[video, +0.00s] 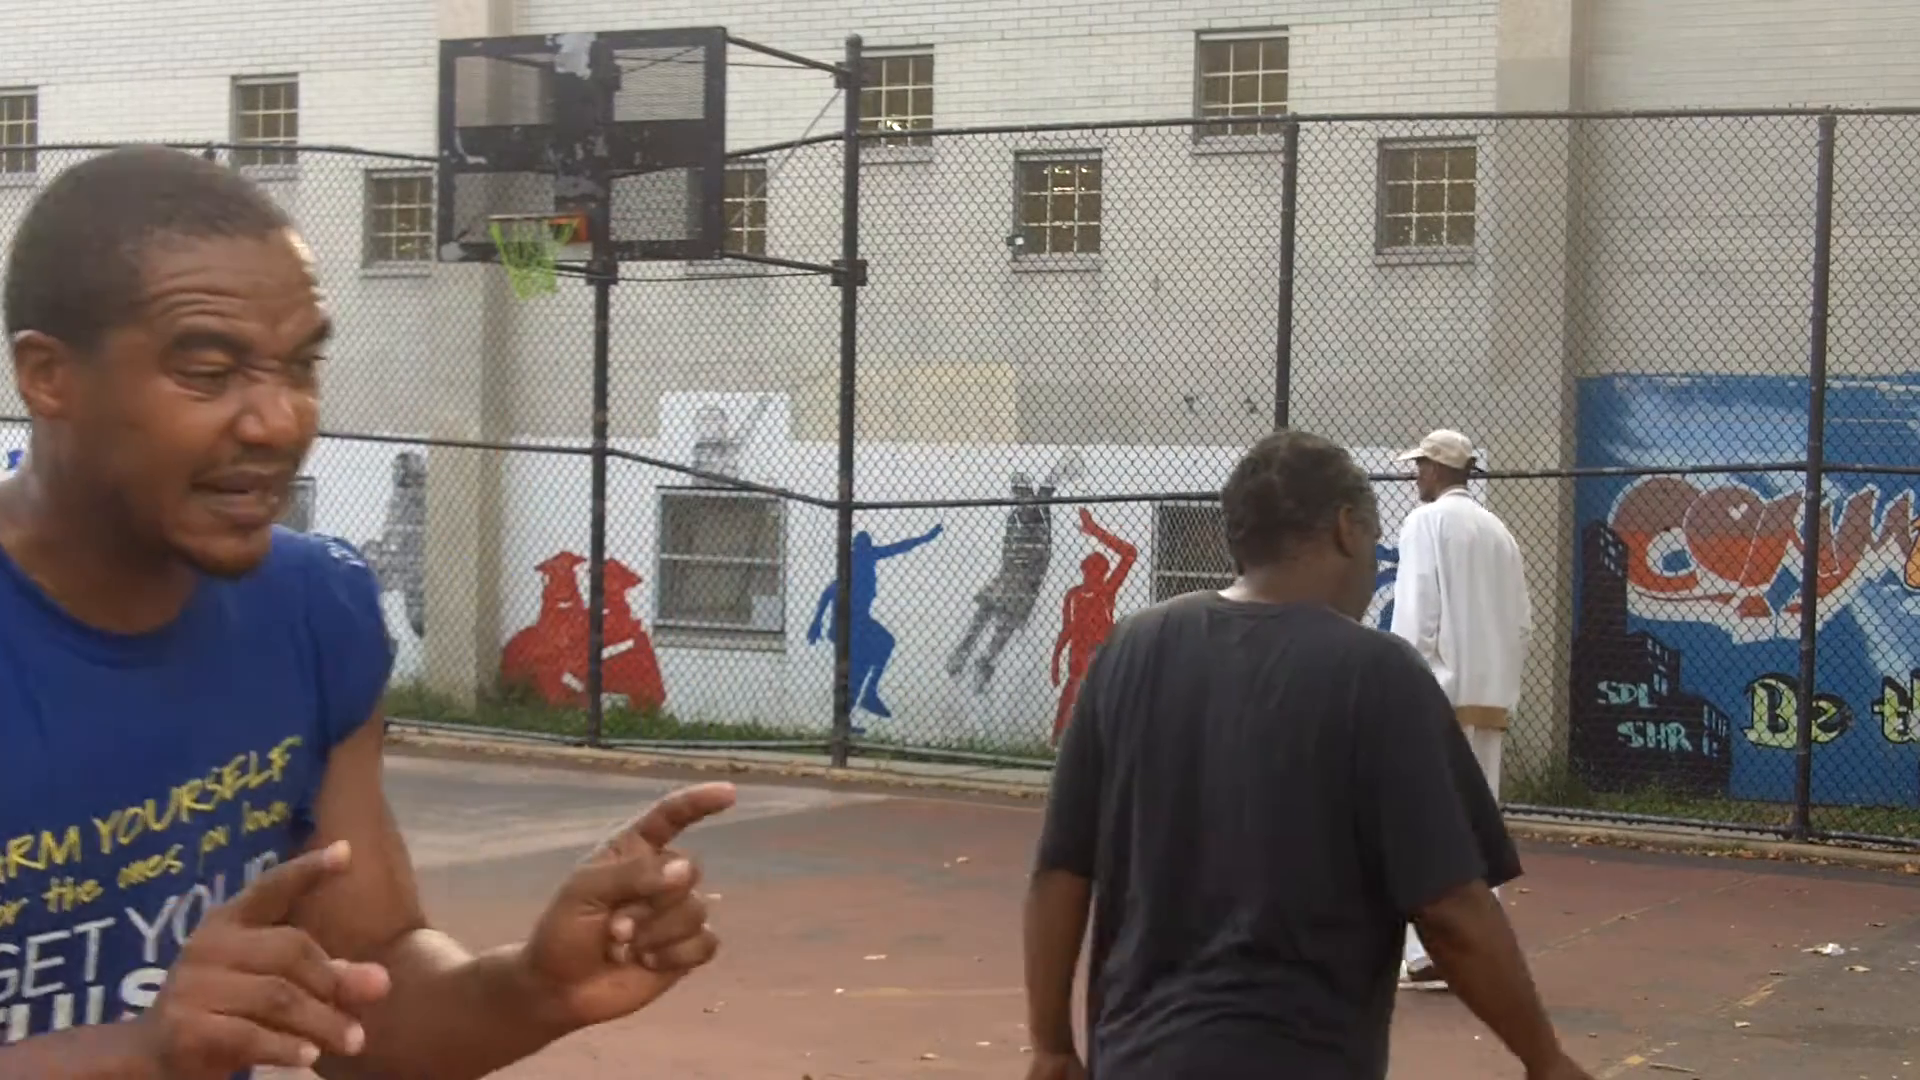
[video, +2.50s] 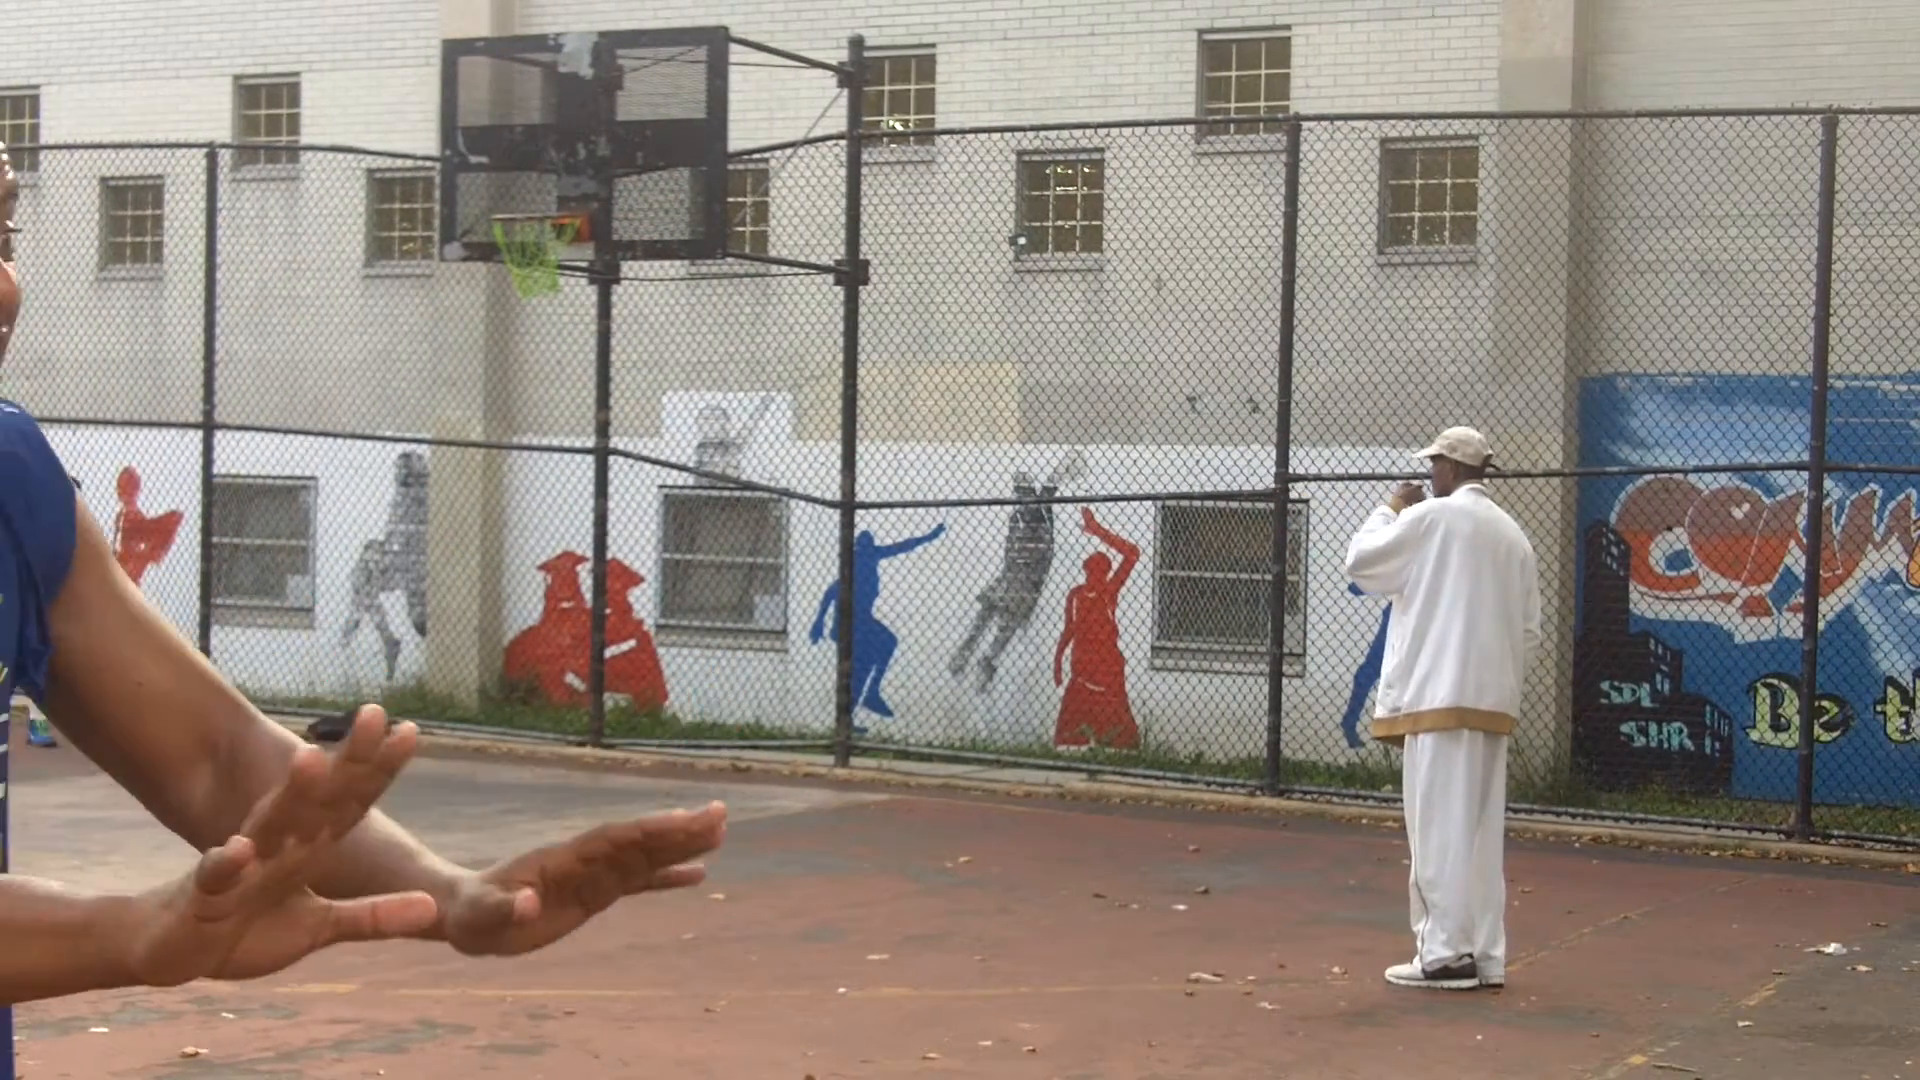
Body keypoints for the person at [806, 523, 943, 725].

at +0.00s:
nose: (865, 550)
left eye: (867, 546)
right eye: (862, 547)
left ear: (871, 548)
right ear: (855, 548)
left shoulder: (872, 556)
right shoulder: (851, 567)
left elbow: (898, 547)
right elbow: (829, 592)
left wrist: (926, 538)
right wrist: (816, 623)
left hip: (863, 620)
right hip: (846, 624)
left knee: (886, 643)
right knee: (859, 664)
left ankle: (870, 693)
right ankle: (842, 717)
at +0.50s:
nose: (865, 551)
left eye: (867, 547)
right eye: (862, 547)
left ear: (871, 548)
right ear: (855, 549)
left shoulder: (871, 557)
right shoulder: (851, 567)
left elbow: (898, 548)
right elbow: (828, 592)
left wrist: (926, 538)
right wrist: (816, 623)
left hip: (863, 620)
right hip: (846, 624)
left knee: (886, 643)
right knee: (860, 663)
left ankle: (870, 693)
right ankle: (842, 716)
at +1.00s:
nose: (865, 551)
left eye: (867, 547)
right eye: (862, 547)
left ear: (871, 547)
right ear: (855, 548)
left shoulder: (871, 556)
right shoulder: (851, 566)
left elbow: (899, 547)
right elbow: (829, 591)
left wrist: (926, 537)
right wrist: (815, 622)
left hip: (863, 621)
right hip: (846, 625)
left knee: (885, 642)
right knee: (860, 664)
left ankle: (870, 693)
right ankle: (842, 717)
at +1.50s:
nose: (865, 549)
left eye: (867, 546)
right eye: (861, 546)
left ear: (870, 546)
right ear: (854, 547)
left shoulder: (870, 555)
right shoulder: (850, 566)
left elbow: (898, 547)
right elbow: (827, 591)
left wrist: (925, 537)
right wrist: (814, 622)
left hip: (861, 619)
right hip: (845, 623)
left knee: (884, 642)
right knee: (859, 662)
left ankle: (869, 693)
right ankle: (841, 716)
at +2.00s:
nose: (867, 551)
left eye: (870, 547)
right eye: (864, 547)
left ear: (874, 547)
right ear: (857, 548)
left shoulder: (874, 556)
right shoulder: (854, 567)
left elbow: (902, 547)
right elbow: (832, 591)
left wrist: (929, 537)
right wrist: (818, 622)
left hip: (866, 621)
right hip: (848, 625)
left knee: (888, 642)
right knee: (863, 662)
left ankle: (873, 692)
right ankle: (845, 716)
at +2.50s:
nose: (868, 551)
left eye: (870, 547)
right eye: (864, 547)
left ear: (874, 547)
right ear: (857, 548)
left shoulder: (874, 556)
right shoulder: (853, 567)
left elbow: (902, 547)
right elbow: (832, 591)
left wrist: (929, 537)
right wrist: (818, 622)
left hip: (866, 620)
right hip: (848, 624)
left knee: (888, 642)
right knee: (864, 660)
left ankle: (873, 692)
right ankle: (845, 716)